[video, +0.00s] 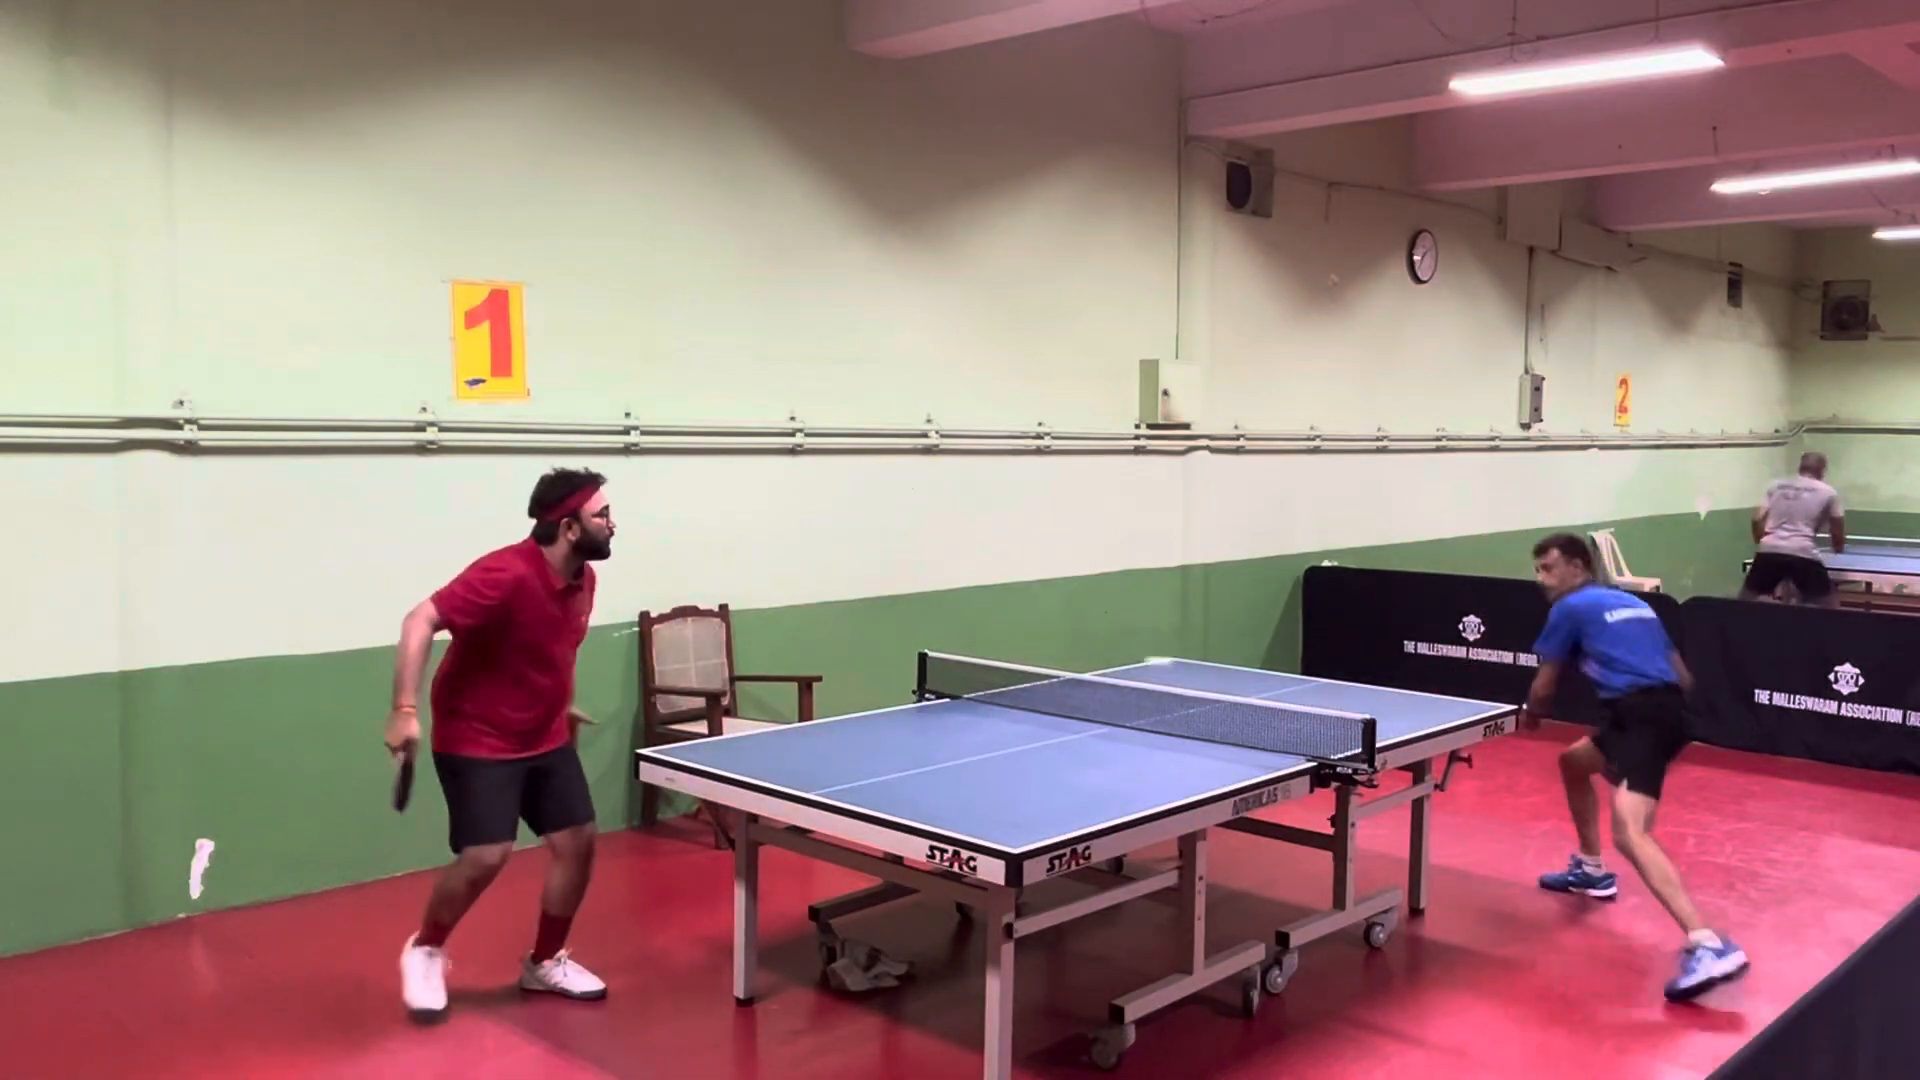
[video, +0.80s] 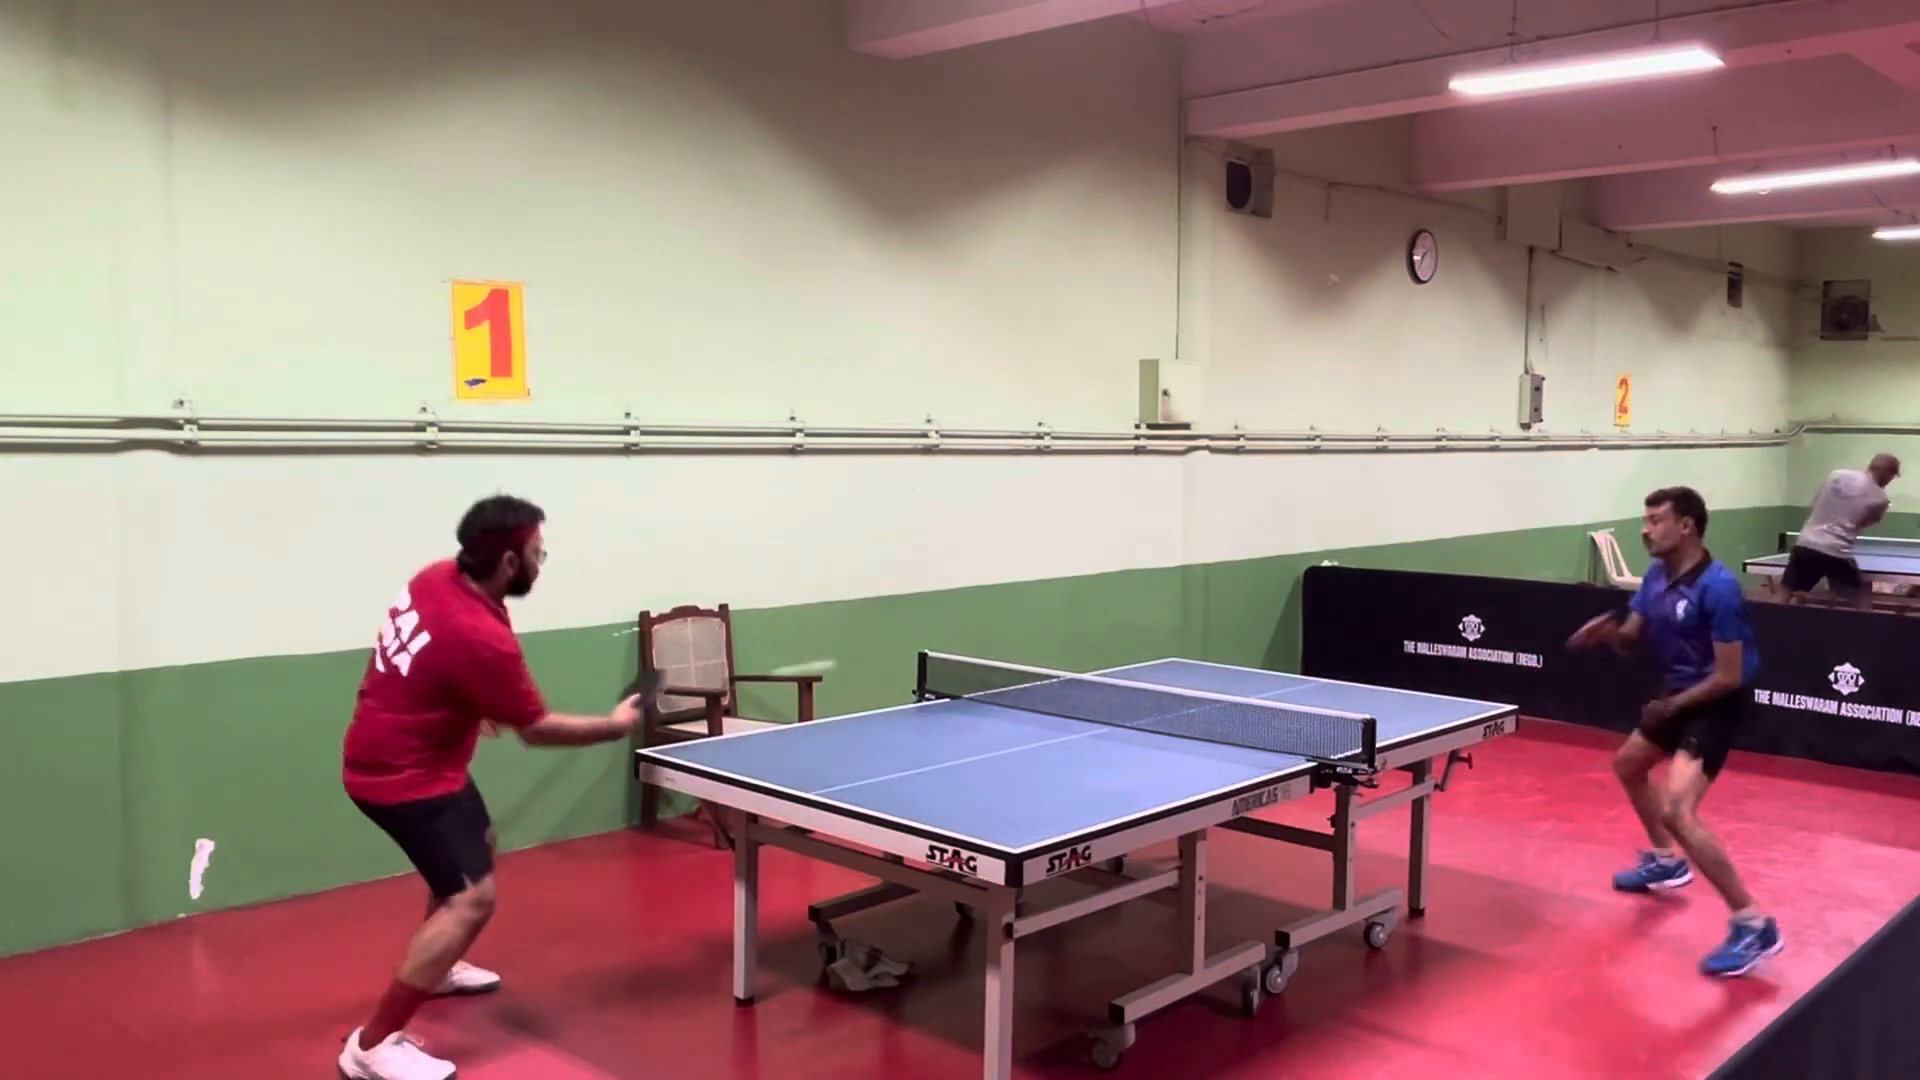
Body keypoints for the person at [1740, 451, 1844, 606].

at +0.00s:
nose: (1824, 474)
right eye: (1824, 470)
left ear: (1800, 469)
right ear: (1821, 471)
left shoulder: (1776, 486)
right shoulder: (1828, 493)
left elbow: (1757, 518)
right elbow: (1838, 544)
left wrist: (1761, 541)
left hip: (1768, 553)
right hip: (1803, 557)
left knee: (1744, 604)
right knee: (1829, 607)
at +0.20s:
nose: (1839, 474)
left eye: (1839, 471)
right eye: (1839, 471)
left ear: (1815, 467)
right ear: (1836, 471)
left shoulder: (1789, 482)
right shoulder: (1838, 493)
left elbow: (1767, 517)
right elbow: (1849, 537)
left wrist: (1778, 539)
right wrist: (1861, 547)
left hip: (1776, 551)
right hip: (1809, 555)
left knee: (1758, 603)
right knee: (1834, 608)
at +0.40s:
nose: (1843, 483)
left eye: (1844, 479)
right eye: (1844, 479)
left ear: (1821, 467)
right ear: (1841, 476)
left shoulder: (1788, 481)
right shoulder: (1833, 490)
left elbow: (1766, 514)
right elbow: (1824, 528)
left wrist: (1788, 526)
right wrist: (1860, 542)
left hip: (1777, 554)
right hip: (1809, 556)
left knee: (1759, 604)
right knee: (1841, 602)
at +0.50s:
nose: (1849, 485)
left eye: (1852, 481)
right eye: (1851, 479)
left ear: (1830, 466)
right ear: (1843, 472)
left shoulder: (1796, 480)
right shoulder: (1831, 486)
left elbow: (1775, 514)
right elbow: (1823, 522)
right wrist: (1859, 534)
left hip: (1779, 554)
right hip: (1809, 555)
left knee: (1763, 604)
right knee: (1842, 600)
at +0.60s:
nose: (1861, 483)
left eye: (1864, 479)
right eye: (1862, 477)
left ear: (1842, 466)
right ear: (1853, 470)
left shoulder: (1809, 480)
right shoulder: (1839, 487)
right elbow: (1836, 527)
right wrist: (1873, 536)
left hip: (1787, 552)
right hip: (1816, 555)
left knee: (1776, 608)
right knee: (1838, 608)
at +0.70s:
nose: (1877, 482)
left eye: (1879, 478)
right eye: (1878, 477)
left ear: (1856, 466)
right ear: (1869, 471)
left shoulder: (1825, 478)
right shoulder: (1861, 493)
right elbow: (1857, 540)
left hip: (1797, 549)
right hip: (1826, 553)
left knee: (1779, 598)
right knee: (1847, 605)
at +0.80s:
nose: (1893, 478)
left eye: (1894, 475)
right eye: (1893, 474)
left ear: (1871, 465)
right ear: (1888, 474)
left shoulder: (1837, 475)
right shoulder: (1880, 499)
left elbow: (1816, 504)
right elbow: (1862, 523)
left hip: (1805, 548)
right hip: (1837, 556)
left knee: (1783, 595)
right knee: (1860, 603)